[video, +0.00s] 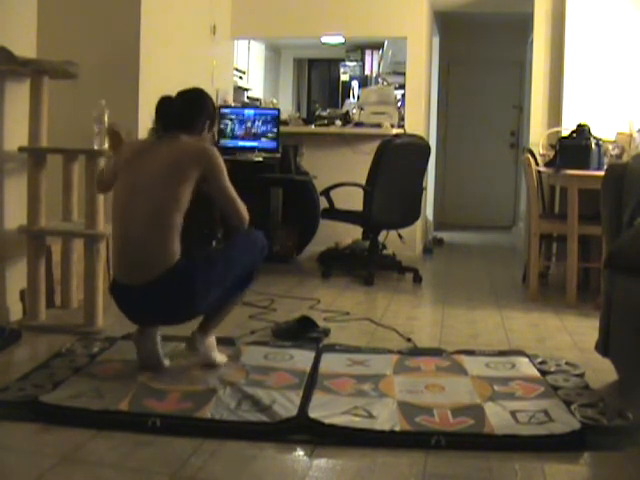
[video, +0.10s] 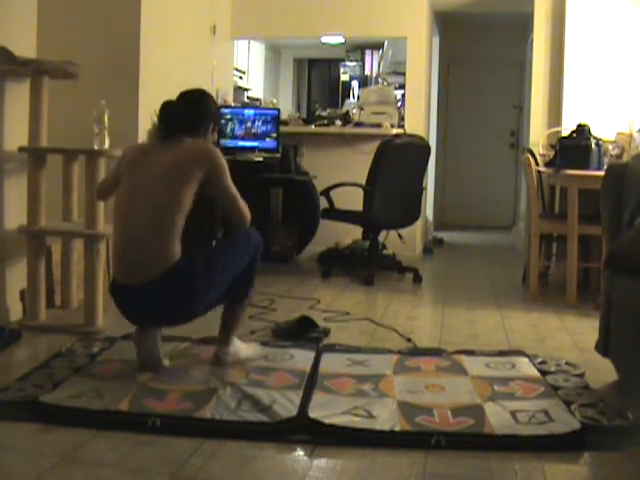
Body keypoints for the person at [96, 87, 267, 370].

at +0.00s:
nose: (212, 138)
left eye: (214, 133)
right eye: (213, 132)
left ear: (167, 122)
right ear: (205, 128)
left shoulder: (132, 150)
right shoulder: (201, 153)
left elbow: (102, 184)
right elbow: (240, 219)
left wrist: (116, 152)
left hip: (127, 301)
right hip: (172, 299)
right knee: (255, 243)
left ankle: (147, 332)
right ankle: (204, 334)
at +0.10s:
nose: (213, 138)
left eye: (215, 133)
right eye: (215, 132)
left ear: (168, 123)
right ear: (209, 130)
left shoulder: (135, 153)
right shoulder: (204, 154)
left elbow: (102, 192)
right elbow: (242, 218)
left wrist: (129, 163)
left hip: (127, 303)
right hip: (173, 300)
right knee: (250, 240)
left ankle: (147, 339)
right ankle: (227, 343)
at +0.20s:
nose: (218, 138)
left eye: (219, 132)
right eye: (219, 132)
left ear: (175, 122)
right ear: (212, 131)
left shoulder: (141, 155)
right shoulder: (209, 158)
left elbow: (106, 195)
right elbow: (239, 226)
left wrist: (143, 201)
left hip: (127, 302)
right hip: (172, 301)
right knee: (250, 244)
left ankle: (147, 337)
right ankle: (228, 344)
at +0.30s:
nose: (222, 134)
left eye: (222, 127)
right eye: (222, 127)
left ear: (180, 120)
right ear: (216, 128)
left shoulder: (148, 154)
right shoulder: (213, 158)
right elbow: (240, 229)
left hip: (129, 302)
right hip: (173, 301)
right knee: (254, 244)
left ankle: (148, 334)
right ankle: (229, 344)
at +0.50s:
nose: (228, 136)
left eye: (228, 129)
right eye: (228, 129)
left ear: (185, 125)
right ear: (223, 131)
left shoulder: (157, 159)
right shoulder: (219, 156)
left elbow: (122, 218)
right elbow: (252, 224)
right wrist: (218, 225)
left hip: (132, 303)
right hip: (177, 302)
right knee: (256, 244)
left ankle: (148, 333)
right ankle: (229, 344)